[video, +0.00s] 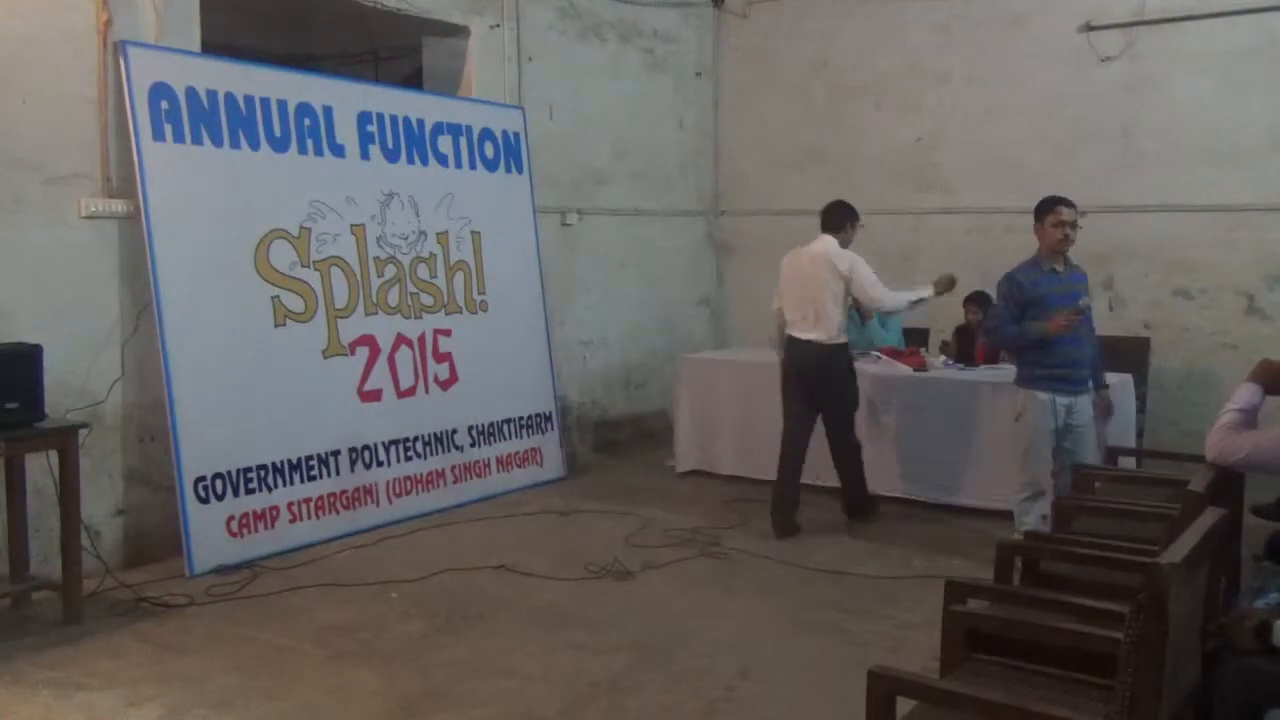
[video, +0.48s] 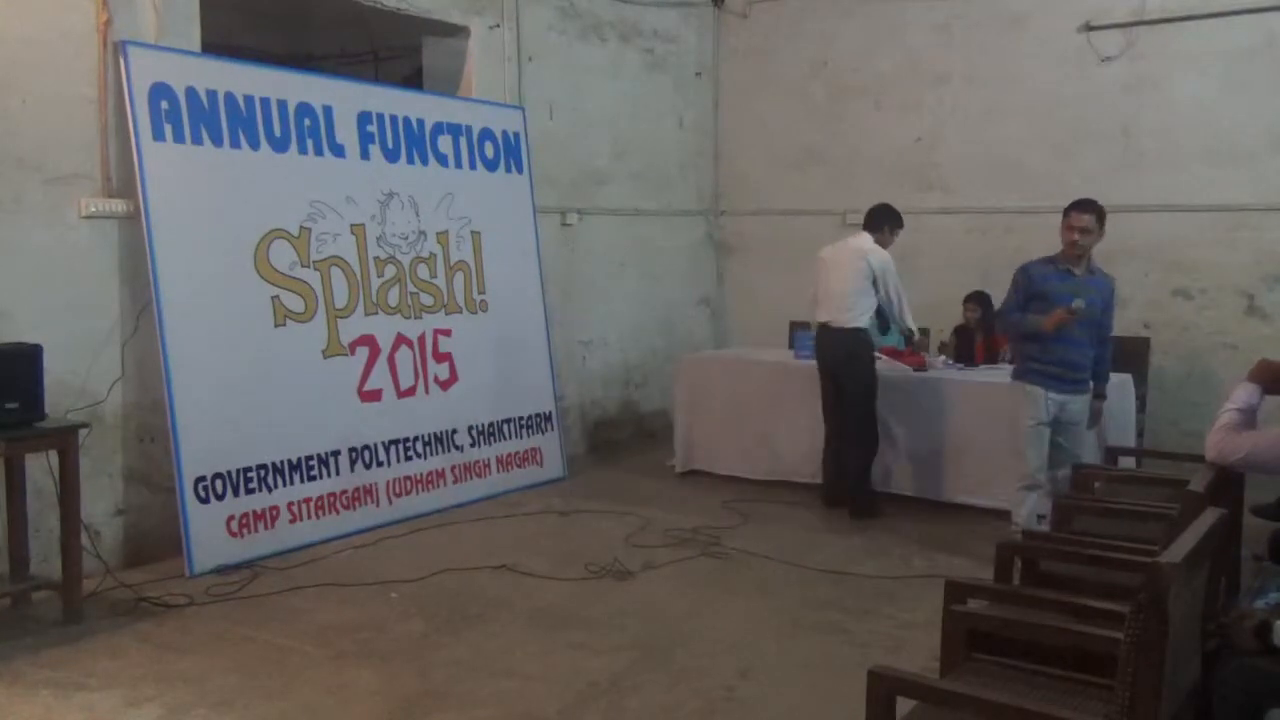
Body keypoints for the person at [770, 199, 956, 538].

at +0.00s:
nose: (855, 235)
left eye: (856, 228)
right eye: (855, 228)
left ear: (823, 224)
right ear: (846, 227)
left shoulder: (791, 259)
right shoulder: (845, 260)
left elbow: (779, 311)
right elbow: (879, 300)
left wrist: (785, 350)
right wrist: (930, 291)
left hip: (796, 356)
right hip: (832, 358)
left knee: (793, 439)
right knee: (842, 434)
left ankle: (782, 520)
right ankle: (858, 506)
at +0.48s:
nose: (894, 241)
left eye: (895, 235)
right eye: (894, 234)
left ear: (866, 225)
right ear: (884, 229)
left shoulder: (828, 251)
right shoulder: (877, 255)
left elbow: (818, 296)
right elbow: (894, 298)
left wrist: (824, 325)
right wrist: (911, 332)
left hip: (824, 337)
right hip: (854, 339)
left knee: (834, 419)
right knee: (861, 420)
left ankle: (832, 494)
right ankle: (860, 500)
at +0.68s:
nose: (896, 236)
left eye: (898, 229)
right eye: (894, 228)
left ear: (873, 224)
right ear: (877, 224)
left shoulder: (852, 243)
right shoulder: (862, 247)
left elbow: (850, 302)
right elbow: (861, 306)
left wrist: (868, 337)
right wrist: (874, 341)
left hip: (829, 332)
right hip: (842, 333)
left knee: (839, 415)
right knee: (847, 415)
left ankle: (835, 489)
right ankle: (853, 495)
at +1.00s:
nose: (883, 232)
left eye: (883, 226)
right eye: (882, 225)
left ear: (865, 220)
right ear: (871, 222)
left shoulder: (865, 255)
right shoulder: (835, 251)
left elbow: (877, 300)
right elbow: (817, 295)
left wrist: (891, 342)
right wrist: (814, 337)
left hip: (852, 338)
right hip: (829, 337)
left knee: (849, 416)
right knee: (826, 418)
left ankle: (837, 489)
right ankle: (812, 500)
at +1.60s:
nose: (851, 226)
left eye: (850, 220)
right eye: (851, 220)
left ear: (822, 217)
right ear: (847, 220)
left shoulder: (816, 245)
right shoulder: (828, 246)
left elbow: (817, 303)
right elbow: (826, 301)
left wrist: (842, 343)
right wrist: (863, 335)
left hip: (801, 338)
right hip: (809, 340)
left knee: (807, 420)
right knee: (811, 421)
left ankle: (798, 496)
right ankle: (801, 499)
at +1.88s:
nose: (853, 233)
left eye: (853, 227)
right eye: (852, 227)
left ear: (825, 223)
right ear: (844, 227)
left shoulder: (814, 247)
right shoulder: (823, 248)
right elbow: (812, 300)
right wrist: (817, 350)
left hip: (789, 335)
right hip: (794, 337)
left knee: (800, 419)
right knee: (803, 419)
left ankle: (797, 494)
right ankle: (799, 497)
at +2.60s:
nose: (815, 234)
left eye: (817, 228)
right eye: (813, 227)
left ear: (798, 224)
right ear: (795, 222)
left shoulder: (794, 257)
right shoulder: (767, 254)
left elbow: (802, 303)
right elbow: (774, 308)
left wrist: (825, 329)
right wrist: (806, 346)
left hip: (791, 348)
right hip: (765, 349)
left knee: (799, 426)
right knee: (767, 429)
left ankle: (793, 495)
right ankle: (760, 508)